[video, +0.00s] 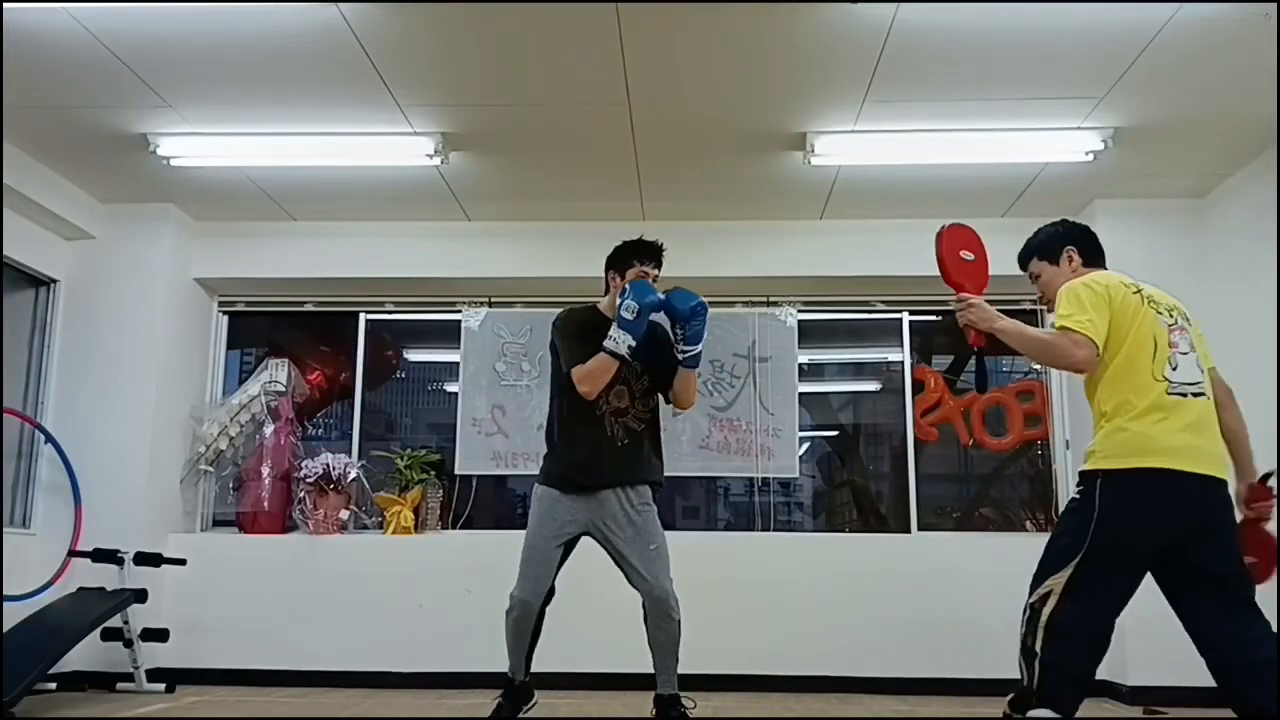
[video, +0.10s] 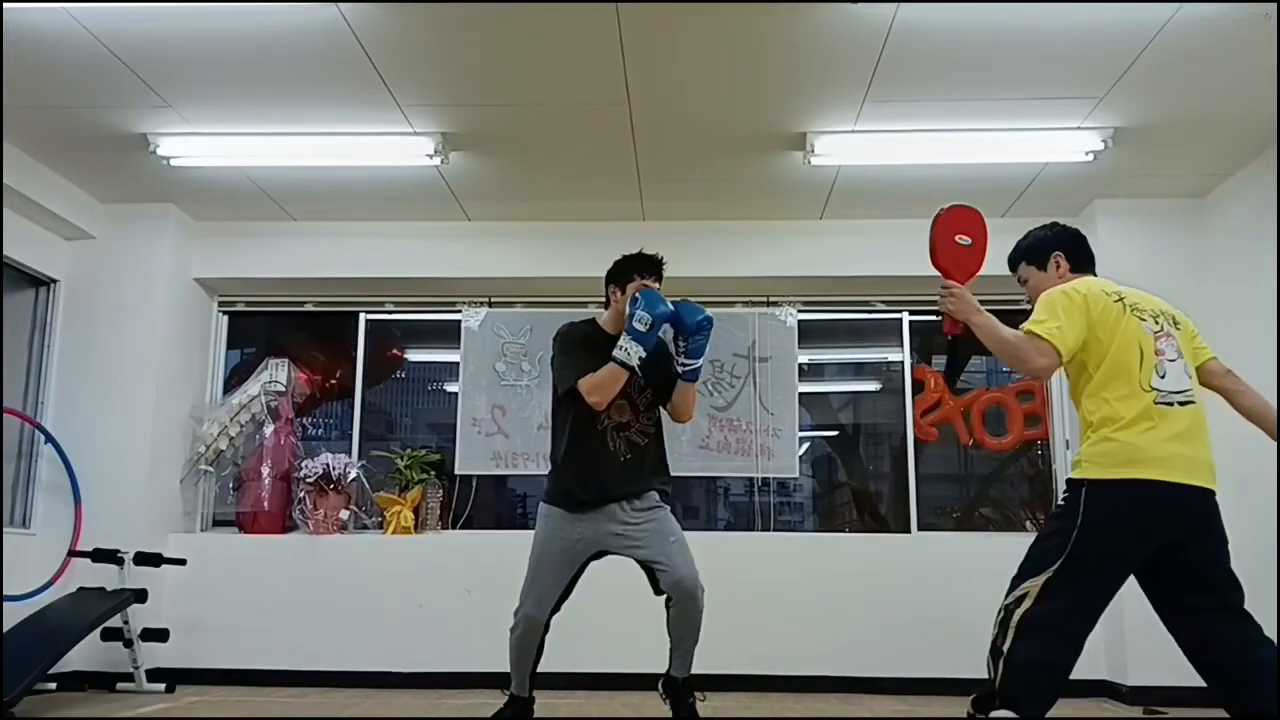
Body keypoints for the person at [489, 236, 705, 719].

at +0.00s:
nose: (646, 289)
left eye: (653, 282)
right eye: (639, 280)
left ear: (658, 287)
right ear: (612, 280)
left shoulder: (656, 333)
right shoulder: (574, 322)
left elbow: (683, 400)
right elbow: (586, 385)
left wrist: (689, 344)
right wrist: (626, 326)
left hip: (628, 491)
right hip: (561, 490)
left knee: (662, 596)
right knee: (525, 598)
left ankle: (668, 698)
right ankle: (517, 687)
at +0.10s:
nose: (649, 304)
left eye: (655, 297)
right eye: (642, 294)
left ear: (658, 301)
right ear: (614, 294)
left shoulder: (653, 348)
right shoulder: (573, 338)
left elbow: (682, 412)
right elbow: (595, 395)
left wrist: (690, 356)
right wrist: (635, 335)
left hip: (642, 505)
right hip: (570, 508)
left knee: (687, 587)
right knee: (530, 614)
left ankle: (678, 682)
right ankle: (519, 700)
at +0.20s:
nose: (664, 297)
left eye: (669, 291)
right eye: (655, 288)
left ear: (672, 298)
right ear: (627, 292)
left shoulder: (672, 349)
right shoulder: (588, 338)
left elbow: (712, 414)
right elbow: (587, 395)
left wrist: (709, 360)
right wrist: (633, 341)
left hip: (660, 507)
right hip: (585, 512)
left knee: (715, 582)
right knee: (538, 613)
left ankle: (737, 690)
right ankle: (521, 697)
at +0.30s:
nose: (694, 301)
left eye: (700, 293)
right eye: (685, 290)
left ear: (703, 300)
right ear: (655, 292)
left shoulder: (708, 351)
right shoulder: (613, 338)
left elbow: (775, 375)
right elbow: (593, 400)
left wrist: (771, 323)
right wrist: (629, 347)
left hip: (674, 515)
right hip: (603, 516)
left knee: (743, 606)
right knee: (552, 618)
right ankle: (546, 698)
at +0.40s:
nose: (729, 320)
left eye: (734, 313)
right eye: (720, 309)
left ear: (733, 322)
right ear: (689, 312)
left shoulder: (726, 362)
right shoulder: (640, 358)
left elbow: (780, 354)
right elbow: (638, 423)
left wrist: (805, 303)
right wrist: (680, 366)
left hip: (701, 536)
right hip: (626, 539)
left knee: (773, 627)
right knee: (577, 649)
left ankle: (833, 713)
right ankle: (557, 712)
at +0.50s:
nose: (713, 304)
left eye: (720, 298)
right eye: (704, 293)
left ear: (722, 307)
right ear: (675, 295)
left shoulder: (730, 359)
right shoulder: (631, 347)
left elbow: (785, 410)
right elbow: (597, 415)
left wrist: (787, 367)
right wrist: (643, 374)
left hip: (697, 525)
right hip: (617, 521)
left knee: (768, 610)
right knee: (548, 612)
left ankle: (824, 708)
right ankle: (545, 695)